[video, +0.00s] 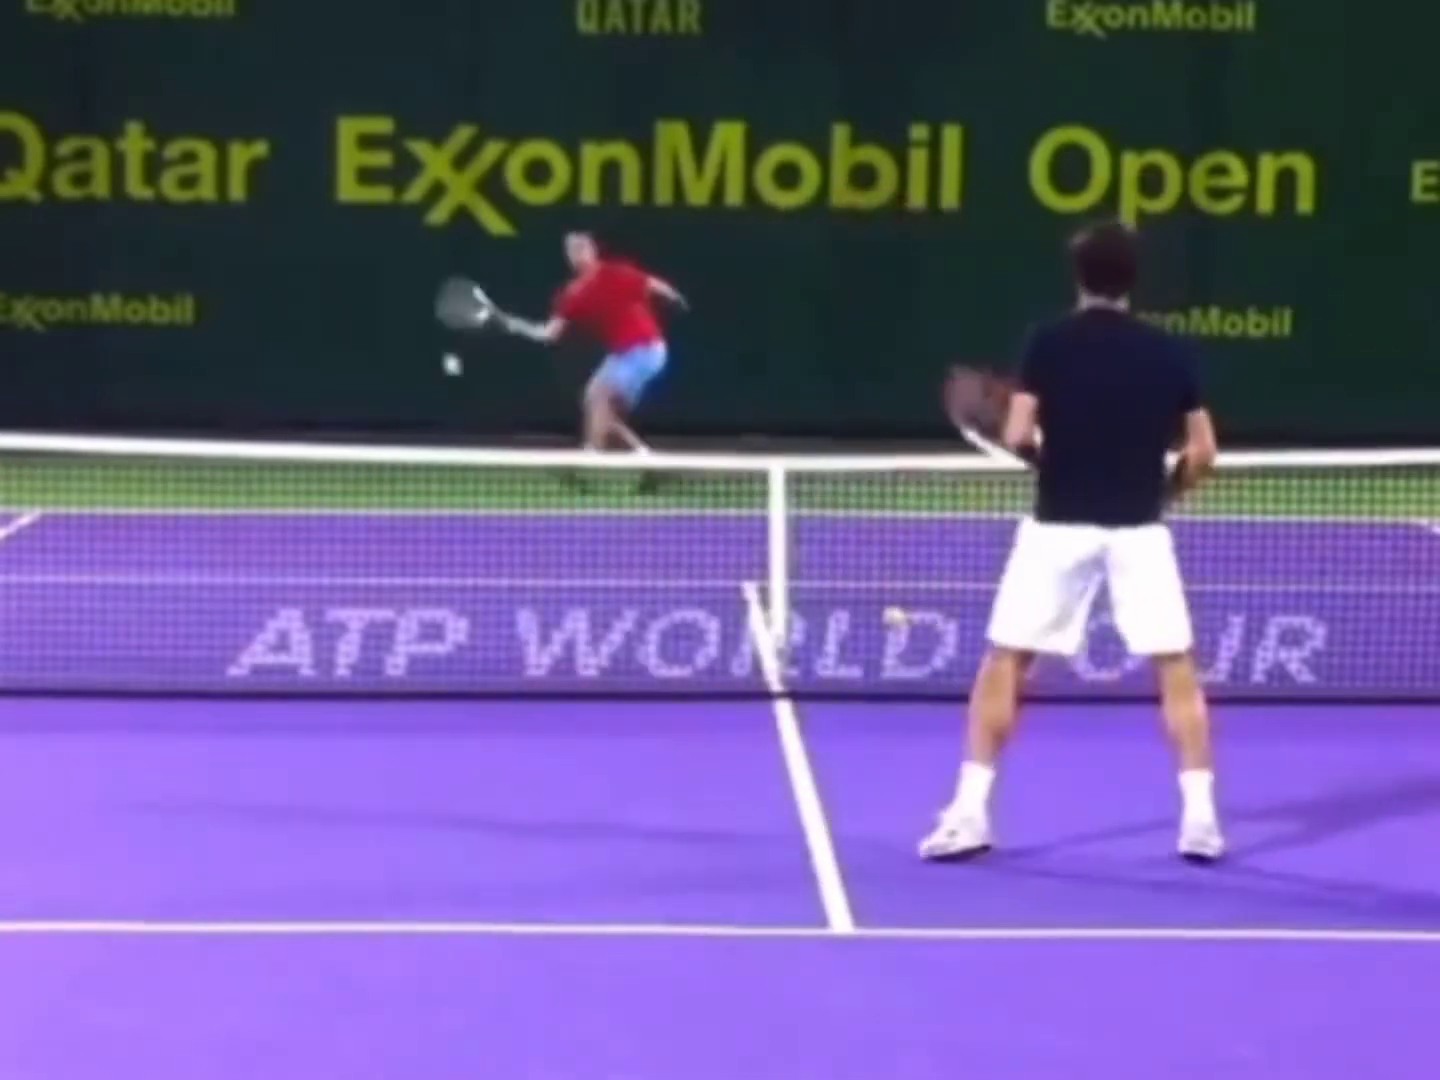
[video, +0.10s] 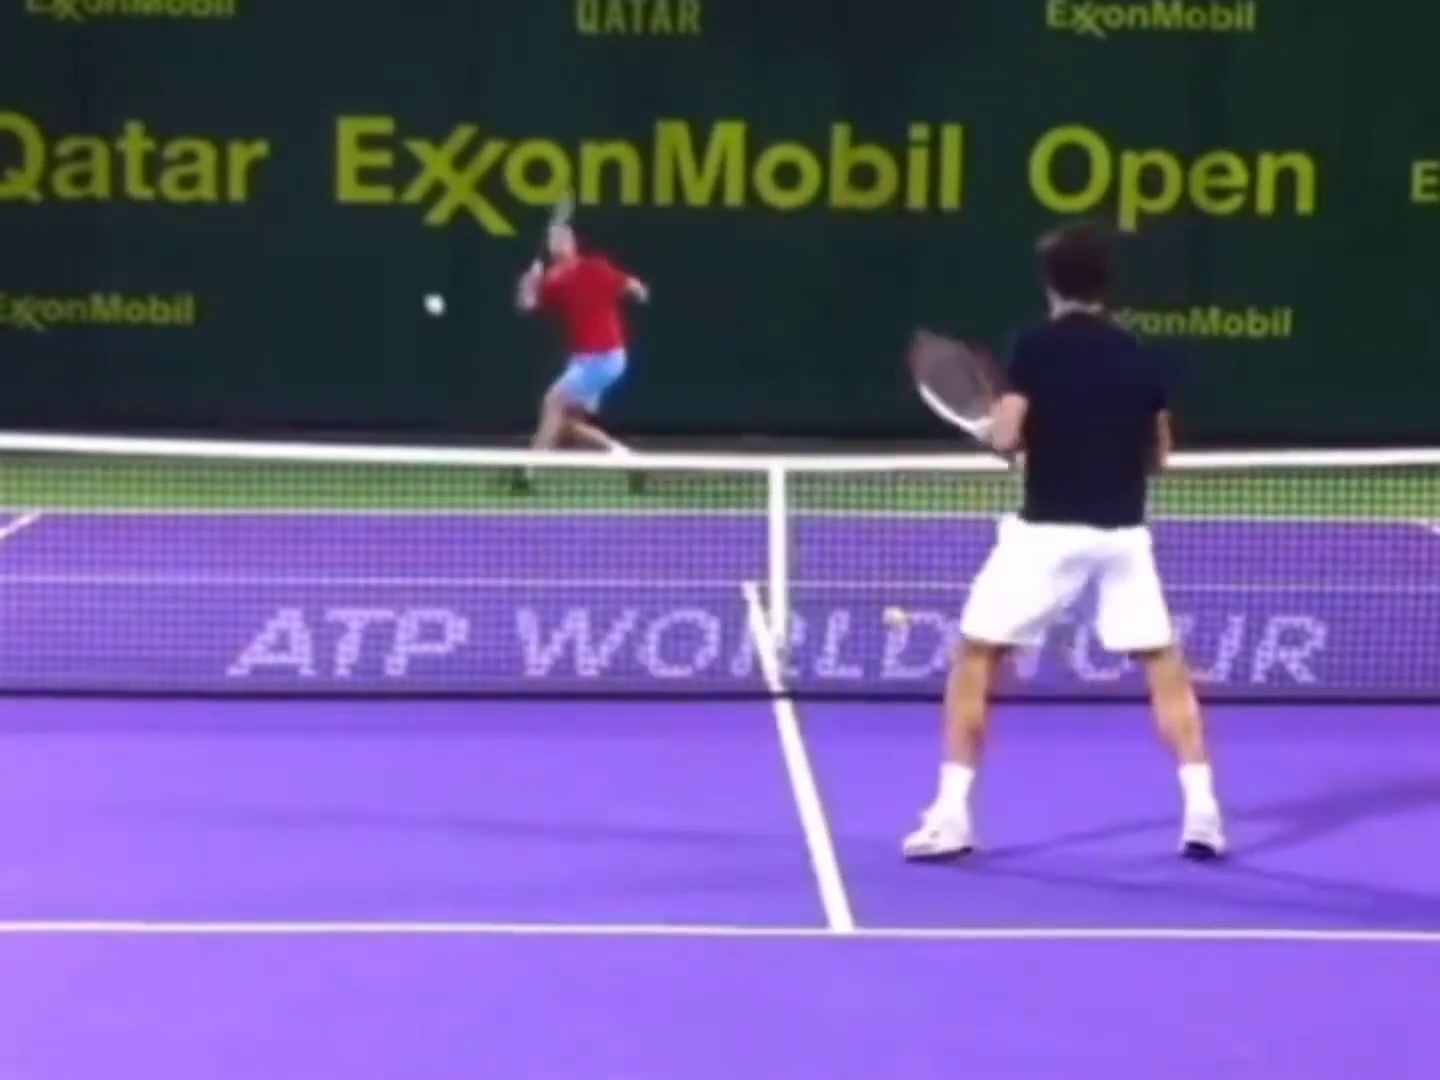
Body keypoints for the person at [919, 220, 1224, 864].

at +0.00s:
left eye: (1082, 274)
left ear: (1077, 279)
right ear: (1134, 281)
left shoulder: (1049, 342)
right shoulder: (1166, 350)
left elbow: (1018, 433)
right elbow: (1202, 452)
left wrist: (1057, 455)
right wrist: (1169, 488)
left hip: (1057, 527)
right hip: (1140, 530)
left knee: (1004, 662)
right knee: (1176, 669)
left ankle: (970, 808)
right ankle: (1199, 813)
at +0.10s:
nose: (1052, 292)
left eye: (1050, 282)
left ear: (1049, 286)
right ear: (1106, 285)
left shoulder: (1037, 345)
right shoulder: (1138, 354)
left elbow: (1006, 436)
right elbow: (1160, 454)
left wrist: (988, 419)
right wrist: (1104, 435)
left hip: (1047, 532)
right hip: (1126, 535)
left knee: (976, 653)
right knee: (1164, 665)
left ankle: (950, 808)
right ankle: (1201, 805)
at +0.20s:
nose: (1005, 299)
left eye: (1007, 290)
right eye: (1010, 289)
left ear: (1014, 296)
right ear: (1066, 296)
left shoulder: (1025, 358)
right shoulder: (1084, 357)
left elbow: (997, 441)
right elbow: (1060, 446)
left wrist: (959, 418)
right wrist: (979, 431)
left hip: (1028, 549)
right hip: (1099, 548)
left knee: (945, 663)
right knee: (1139, 679)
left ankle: (948, 816)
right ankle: (1196, 807)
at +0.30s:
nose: (950, 300)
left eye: (958, 290)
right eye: (954, 289)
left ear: (971, 300)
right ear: (1006, 301)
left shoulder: (983, 359)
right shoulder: (1016, 358)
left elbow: (968, 438)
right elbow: (956, 443)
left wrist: (916, 385)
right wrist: (902, 438)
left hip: (986, 551)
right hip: (1048, 545)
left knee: (910, 669)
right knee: (1099, 671)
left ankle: (981, 803)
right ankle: (1186, 793)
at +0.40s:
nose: (883, 306)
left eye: (890, 298)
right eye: (890, 298)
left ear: (900, 307)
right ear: (929, 308)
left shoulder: (933, 357)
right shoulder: (901, 364)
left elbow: (923, 429)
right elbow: (846, 408)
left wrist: (884, 356)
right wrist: (803, 388)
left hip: (934, 556)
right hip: (983, 546)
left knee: (896, 689)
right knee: (1026, 681)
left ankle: (987, 812)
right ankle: (1134, 769)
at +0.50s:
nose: (817, 312)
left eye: (823, 306)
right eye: (818, 305)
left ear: (839, 320)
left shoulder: (867, 368)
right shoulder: (834, 372)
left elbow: (858, 427)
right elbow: (786, 387)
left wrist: (825, 349)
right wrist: (750, 355)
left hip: (900, 547)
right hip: (896, 544)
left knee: (874, 688)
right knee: (908, 678)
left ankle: (981, 803)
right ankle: (1017, 751)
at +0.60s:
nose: (732, 306)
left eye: (741, 297)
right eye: (733, 297)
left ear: (763, 304)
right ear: (775, 304)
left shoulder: (801, 361)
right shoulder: (750, 363)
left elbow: (801, 399)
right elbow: (653, 378)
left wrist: (729, 368)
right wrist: (596, 347)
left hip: (853, 549)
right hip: (802, 550)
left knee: (861, 691)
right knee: (748, 654)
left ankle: (976, 798)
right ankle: (813, 782)